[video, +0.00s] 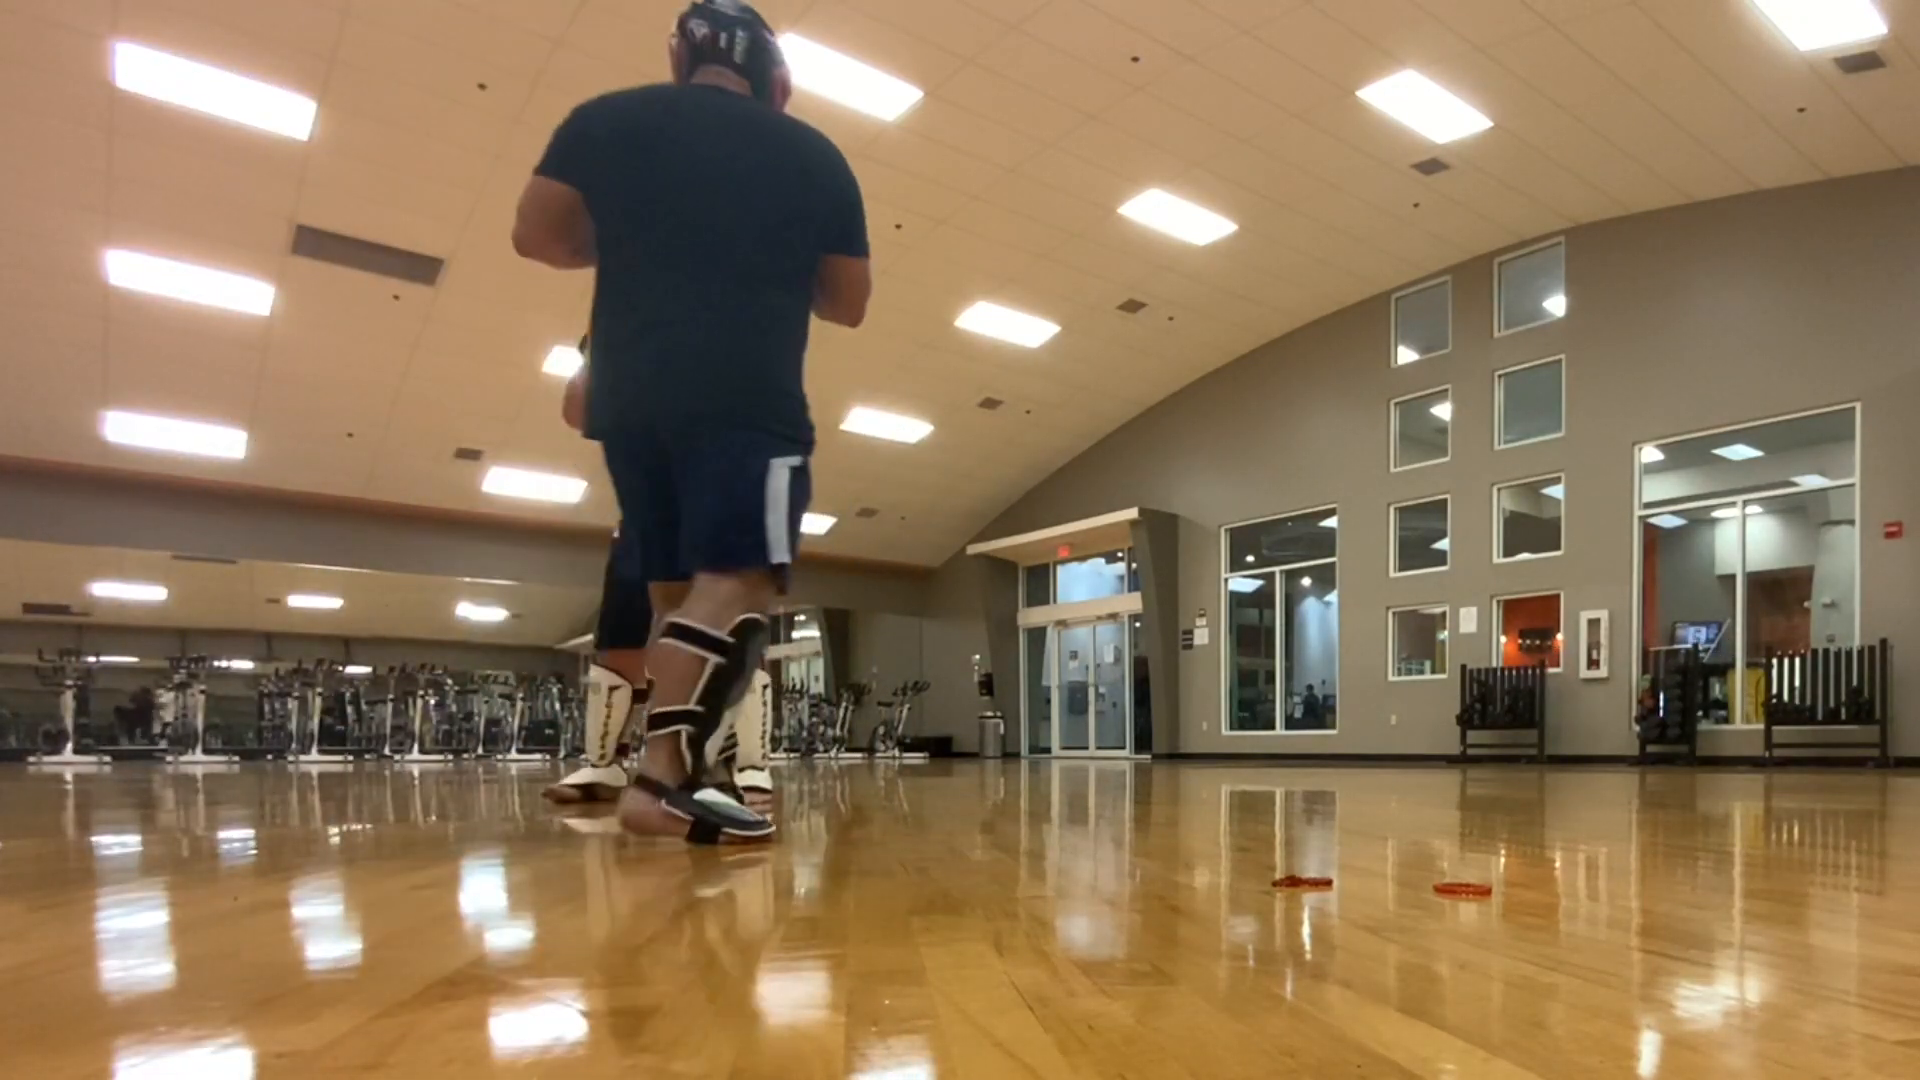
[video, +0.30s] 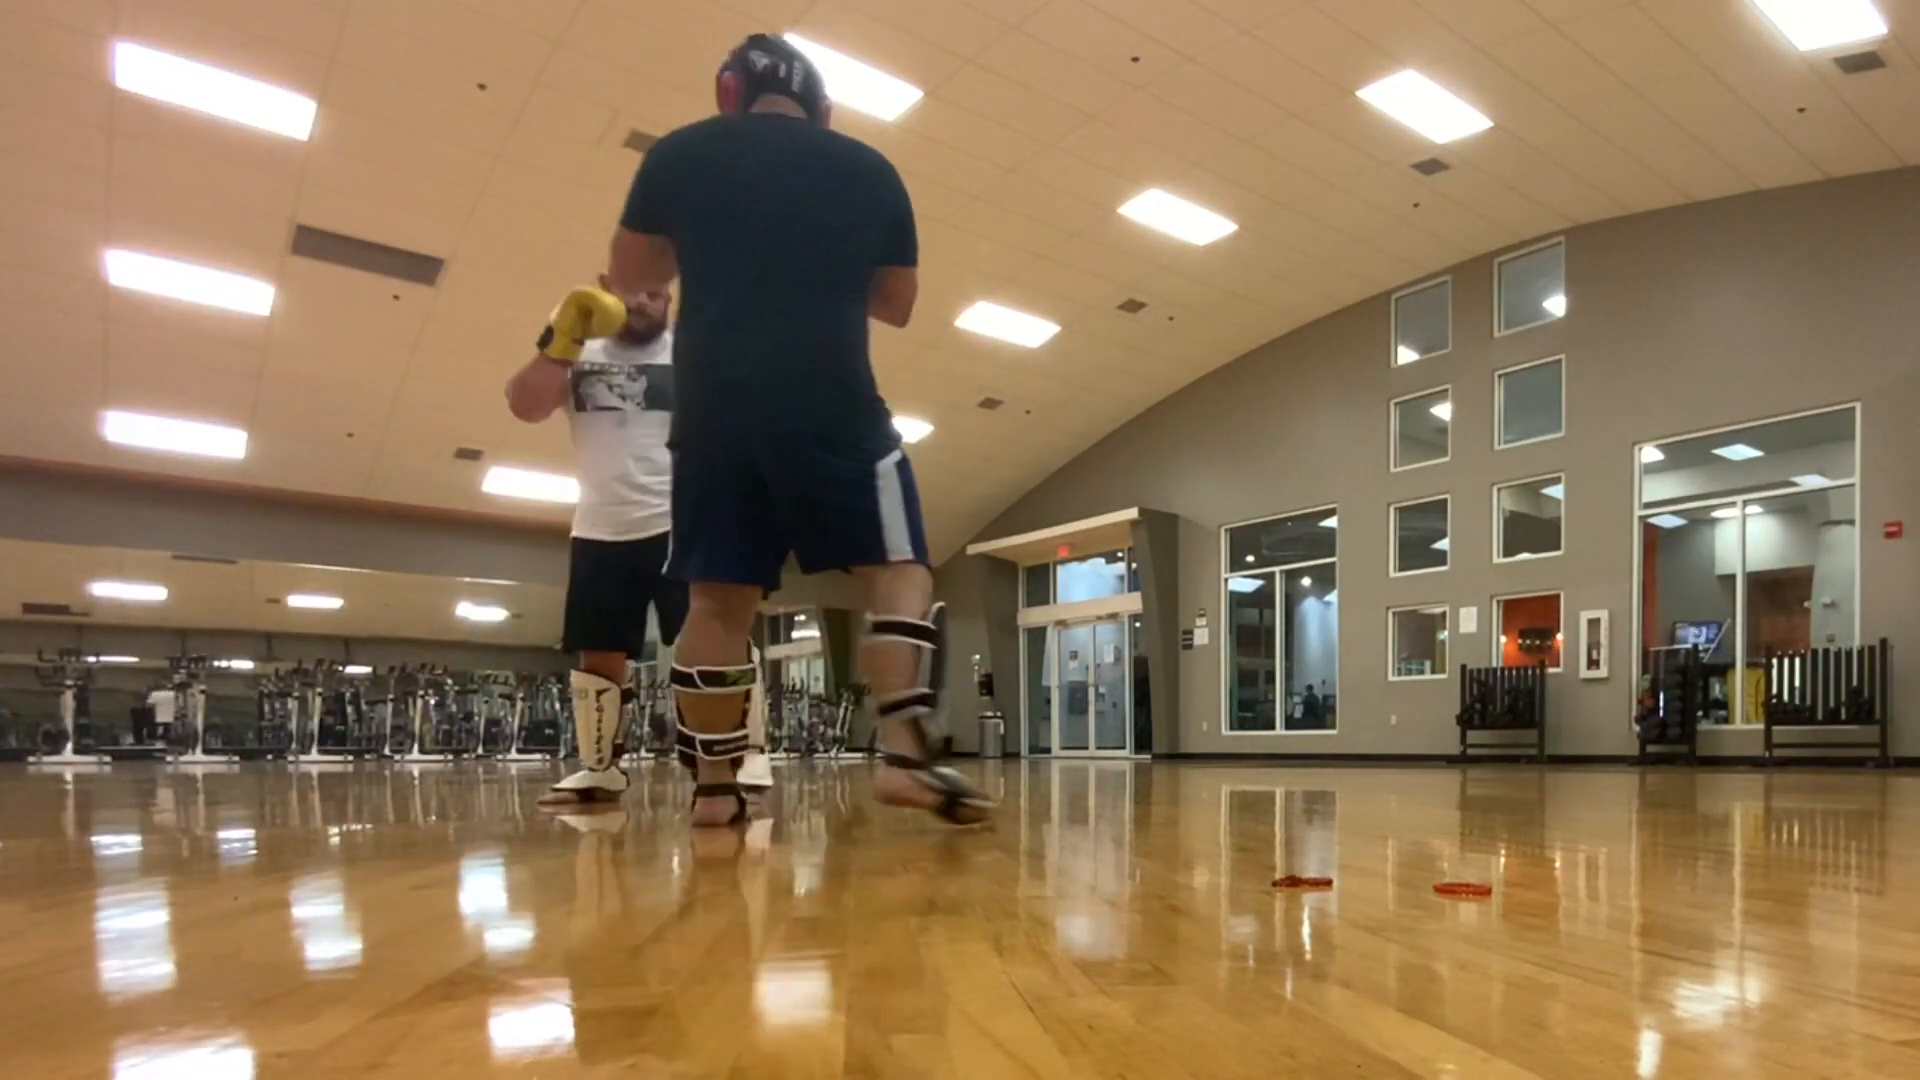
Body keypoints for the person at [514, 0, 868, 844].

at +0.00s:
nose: (791, 96)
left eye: (670, 54)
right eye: (790, 87)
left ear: (677, 61)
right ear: (775, 85)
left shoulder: (608, 118)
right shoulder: (810, 155)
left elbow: (537, 234)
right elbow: (847, 302)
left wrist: (636, 234)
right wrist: (764, 256)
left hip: (634, 393)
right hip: (747, 391)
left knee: (670, 587)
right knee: (741, 576)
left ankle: (683, 782)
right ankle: (657, 780)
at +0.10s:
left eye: (680, 73)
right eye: (797, 95)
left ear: (688, 75)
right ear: (783, 94)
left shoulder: (627, 132)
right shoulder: (825, 156)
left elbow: (556, 244)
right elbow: (865, 303)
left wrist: (636, 276)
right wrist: (775, 291)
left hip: (661, 403)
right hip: (775, 401)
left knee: (694, 603)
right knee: (816, 580)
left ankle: (713, 790)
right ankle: (719, 730)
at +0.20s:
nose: (693, 94)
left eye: (695, 84)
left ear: (703, 82)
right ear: (795, 99)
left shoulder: (650, 147)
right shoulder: (841, 160)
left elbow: (594, 264)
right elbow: (882, 302)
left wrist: (682, 272)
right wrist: (792, 271)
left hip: (687, 415)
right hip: (802, 408)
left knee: (705, 597)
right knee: (877, 569)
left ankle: (715, 796)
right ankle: (800, 725)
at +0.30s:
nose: (718, 104)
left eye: (720, 94)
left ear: (728, 92)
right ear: (819, 107)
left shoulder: (682, 151)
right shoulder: (868, 168)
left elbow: (632, 274)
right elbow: (896, 305)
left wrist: (703, 236)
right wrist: (823, 259)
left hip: (716, 413)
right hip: (830, 406)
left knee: (720, 598)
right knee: (898, 567)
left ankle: (715, 790)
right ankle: (904, 748)